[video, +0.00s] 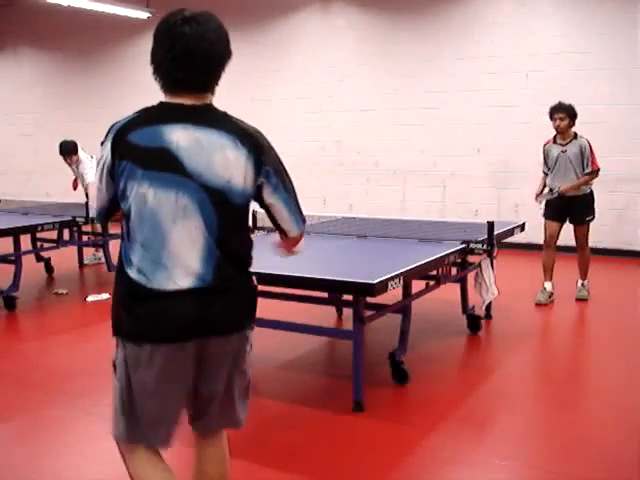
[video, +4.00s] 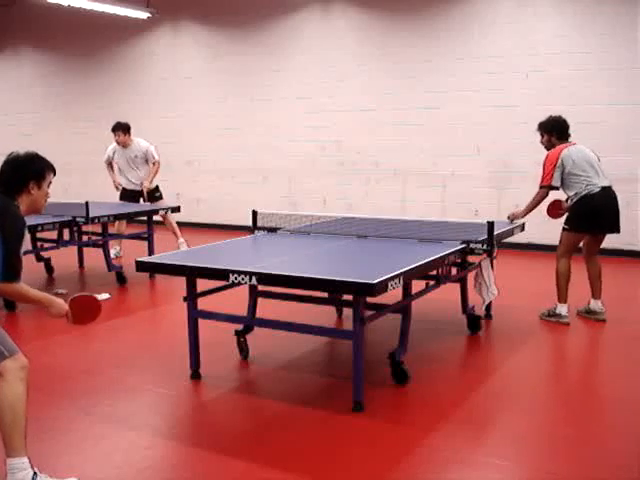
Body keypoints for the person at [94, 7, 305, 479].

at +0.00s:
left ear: (156, 63)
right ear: (221, 68)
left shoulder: (124, 135)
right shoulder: (246, 141)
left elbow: (104, 212)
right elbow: (291, 226)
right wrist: (287, 237)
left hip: (151, 324)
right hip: (226, 319)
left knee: (137, 439)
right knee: (212, 430)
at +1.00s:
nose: (132, 106)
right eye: (132, 101)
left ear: (88, 98)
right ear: (131, 105)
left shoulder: (60, 141)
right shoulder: (142, 141)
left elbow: (45, 201)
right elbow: (163, 138)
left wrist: (80, 197)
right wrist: (112, 119)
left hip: (84, 271)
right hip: (133, 266)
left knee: (99, 364)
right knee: (127, 346)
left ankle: (124, 463)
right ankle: (125, 412)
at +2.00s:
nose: (53, 115)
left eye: (54, 108)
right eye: (50, 106)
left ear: (25, 105)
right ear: (30, 103)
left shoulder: (13, 134)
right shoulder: (18, 135)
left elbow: (19, 190)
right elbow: (13, 190)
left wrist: (53, 215)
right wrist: (61, 213)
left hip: (13, 251)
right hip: (30, 250)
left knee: (5, 321)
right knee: (63, 317)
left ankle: (1, 402)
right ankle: (78, 408)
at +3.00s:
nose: (66, 153)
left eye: (66, 146)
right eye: (63, 146)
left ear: (32, 144)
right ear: (45, 146)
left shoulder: (7, 169)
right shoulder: (28, 179)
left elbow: (16, 242)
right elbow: (20, 245)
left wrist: (57, 266)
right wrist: (67, 269)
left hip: (9, 287)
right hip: (6, 288)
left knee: (43, 354)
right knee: (44, 355)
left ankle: (37, 458)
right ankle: (37, 460)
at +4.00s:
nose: (48, 195)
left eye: (49, 187)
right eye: (47, 187)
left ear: (25, 187)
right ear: (30, 187)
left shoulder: (8, 215)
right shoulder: (10, 218)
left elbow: (8, 283)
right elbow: (6, 284)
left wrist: (47, 298)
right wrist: (48, 300)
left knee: (14, 366)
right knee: (15, 366)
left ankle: (18, 466)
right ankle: (18, 469)